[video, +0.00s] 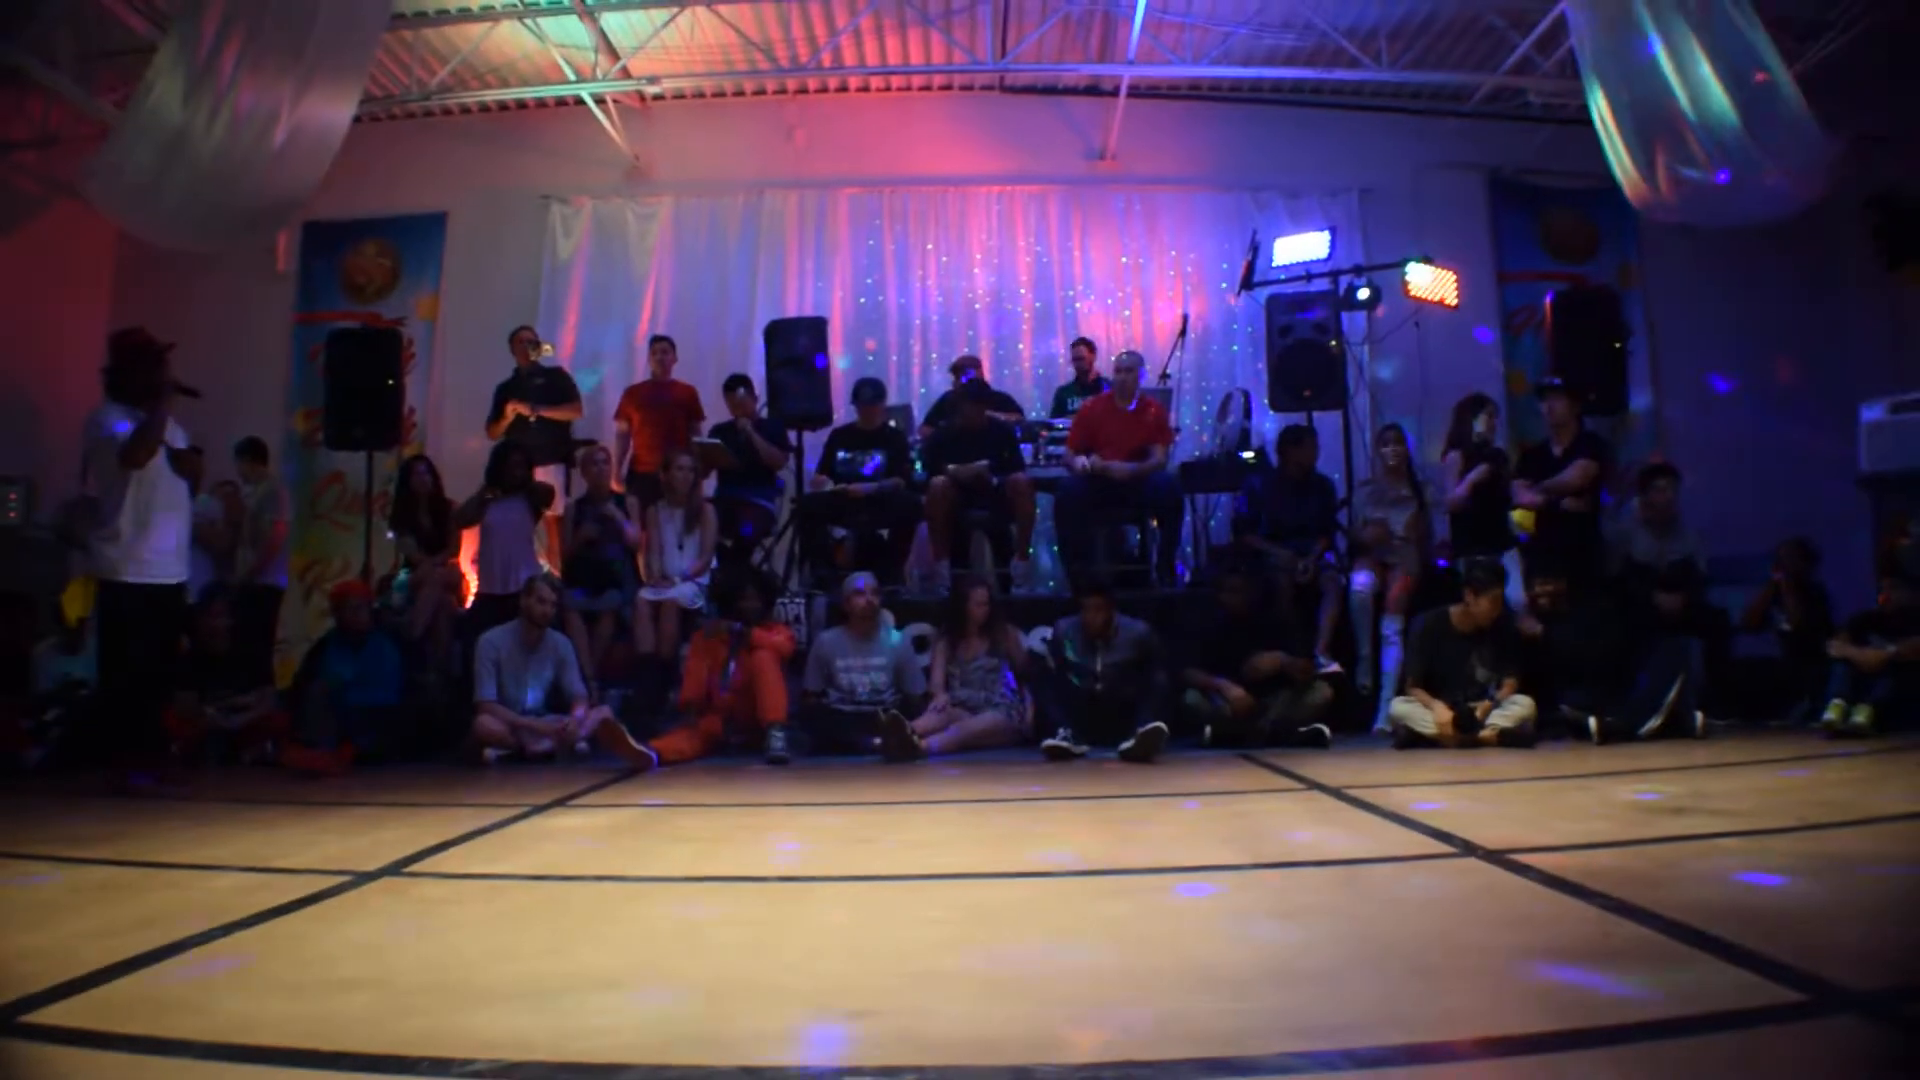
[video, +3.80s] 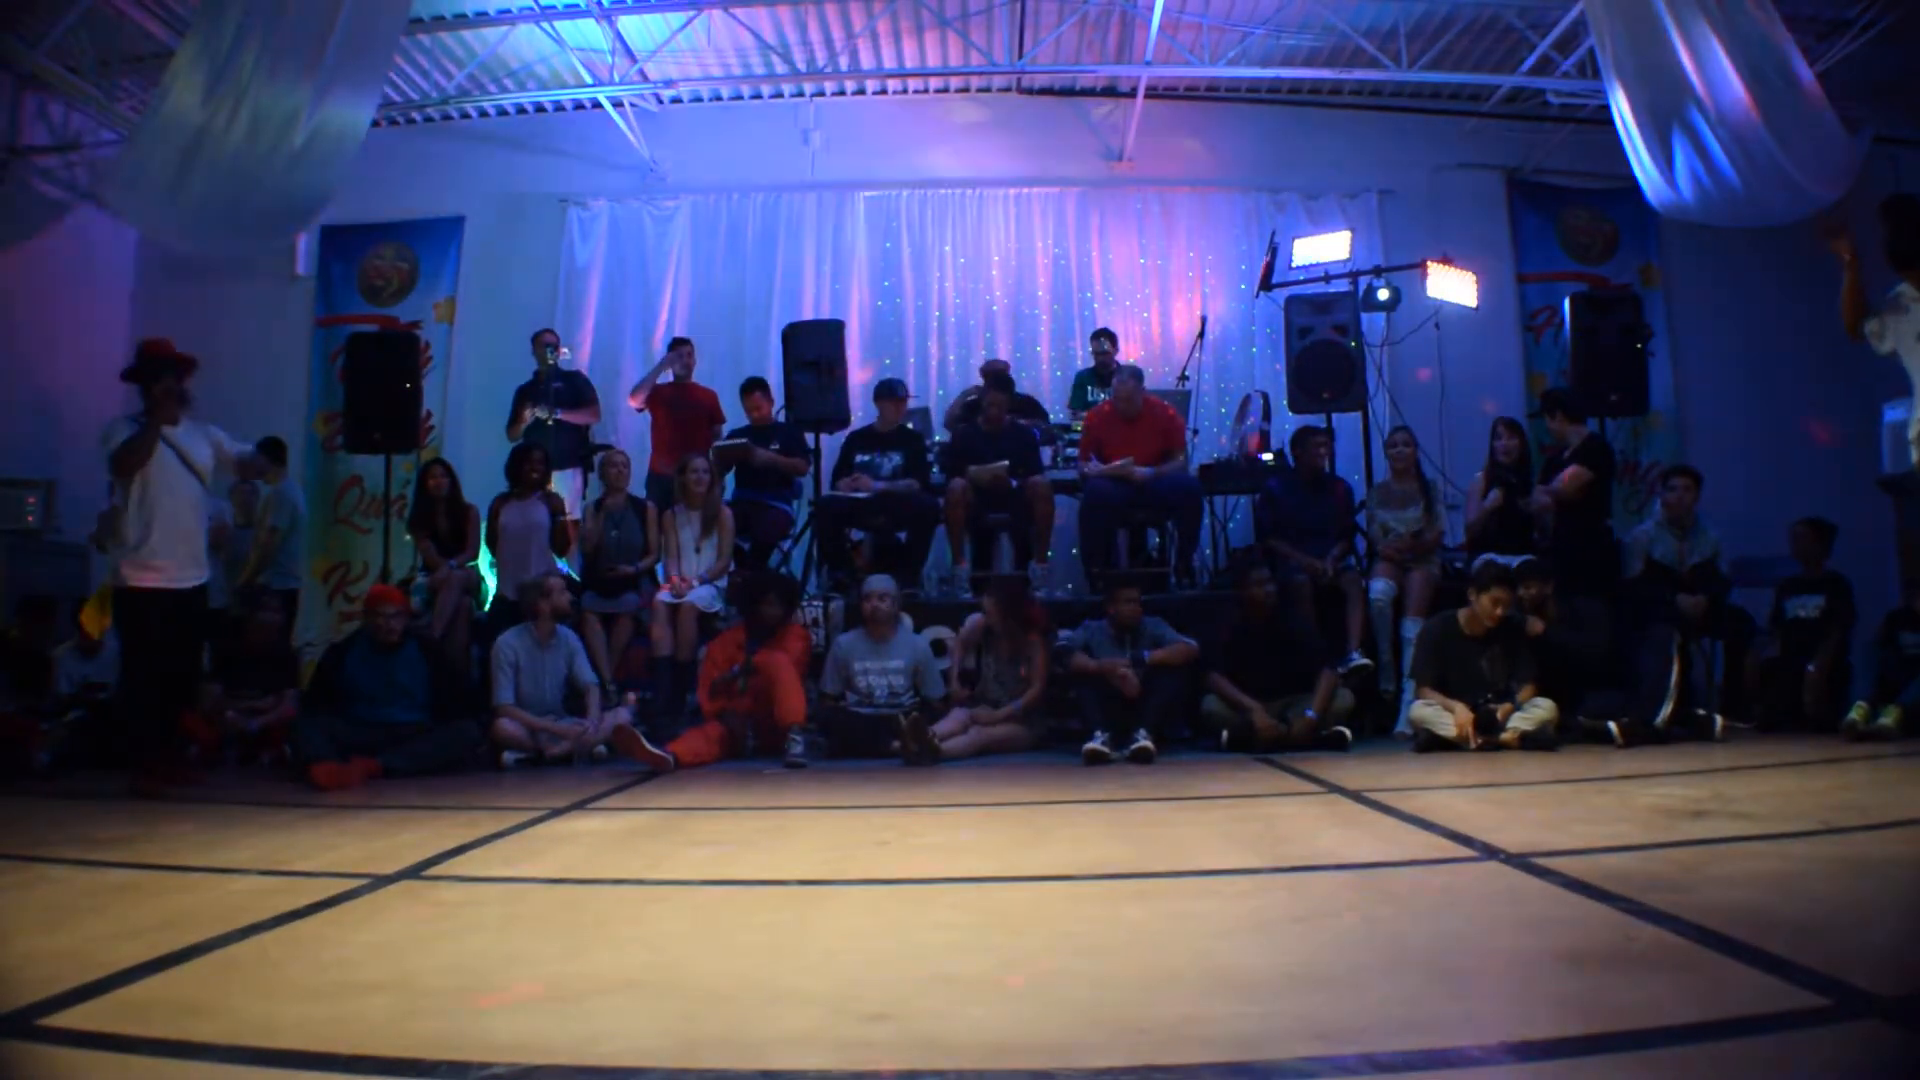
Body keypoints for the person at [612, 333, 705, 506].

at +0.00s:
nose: (659, 357)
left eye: (665, 352)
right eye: (655, 353)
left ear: (675, 358)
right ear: (649, 359)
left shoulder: (687, 393)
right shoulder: (633, 393)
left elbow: (696, 435)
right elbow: (622, 435)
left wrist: (697, 476)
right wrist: (616, 475)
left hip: (678, 476)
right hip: (642, 475)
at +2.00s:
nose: (681, 360)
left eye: (685, 355)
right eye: (675, 355)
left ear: (690, 361)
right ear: (664, 362)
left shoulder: (703, 397)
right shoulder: (649, 397)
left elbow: (712, 438)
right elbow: (639, 440)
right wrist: (632, 477)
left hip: (694, 478)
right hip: (659, 477)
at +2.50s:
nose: (689, 359)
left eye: (693, 354)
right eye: (683, 354)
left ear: (697, 359)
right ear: (672, 359)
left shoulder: (708, 396)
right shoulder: (655, 394)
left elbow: (717, 432)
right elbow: (642, 429)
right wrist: (648, 454)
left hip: (696, 475)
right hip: (662, 472)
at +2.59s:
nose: (690, 359)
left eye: (693, 354)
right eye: (684, 353)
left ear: (698, 359)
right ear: (673, 358)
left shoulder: (709, 396)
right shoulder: (656, 394)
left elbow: (717, 432)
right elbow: (639, 433)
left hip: (697, 477)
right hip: (662, 473)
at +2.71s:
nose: (689, 359)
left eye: (693, 354)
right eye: (683, 354)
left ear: (698, 359)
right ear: (673, 360)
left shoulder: (711, 396)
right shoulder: (661, 393)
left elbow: (719, 438)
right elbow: (633, 424)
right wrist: (649, 394)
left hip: (697, 478)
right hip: (663, 475)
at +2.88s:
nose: (687, 360)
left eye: (691, 354)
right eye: (681, 355)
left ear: (697, 359)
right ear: (672, 360)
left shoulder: (711, 395)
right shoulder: (659, 391)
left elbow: (719, 435)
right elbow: (632, 406)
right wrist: (659, 368)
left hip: (697, 478)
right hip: (663, 475)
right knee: (661, 533)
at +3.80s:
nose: (685, 361)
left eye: (689, 356)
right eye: (679, 356)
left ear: (695, 360)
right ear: (669, 361)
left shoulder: (708, 396)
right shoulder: (658, 392)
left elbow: (717, 436)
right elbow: (635, 401)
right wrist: (663, 364)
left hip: (697, 480)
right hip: (662, 477)